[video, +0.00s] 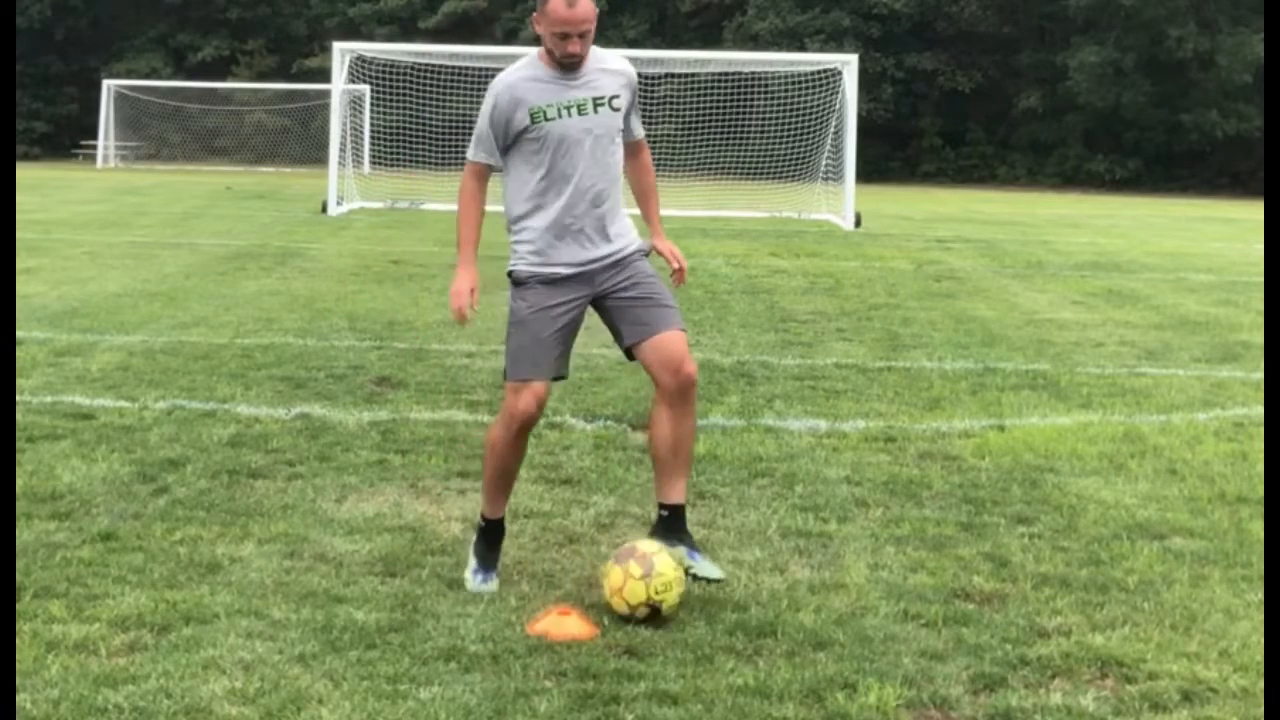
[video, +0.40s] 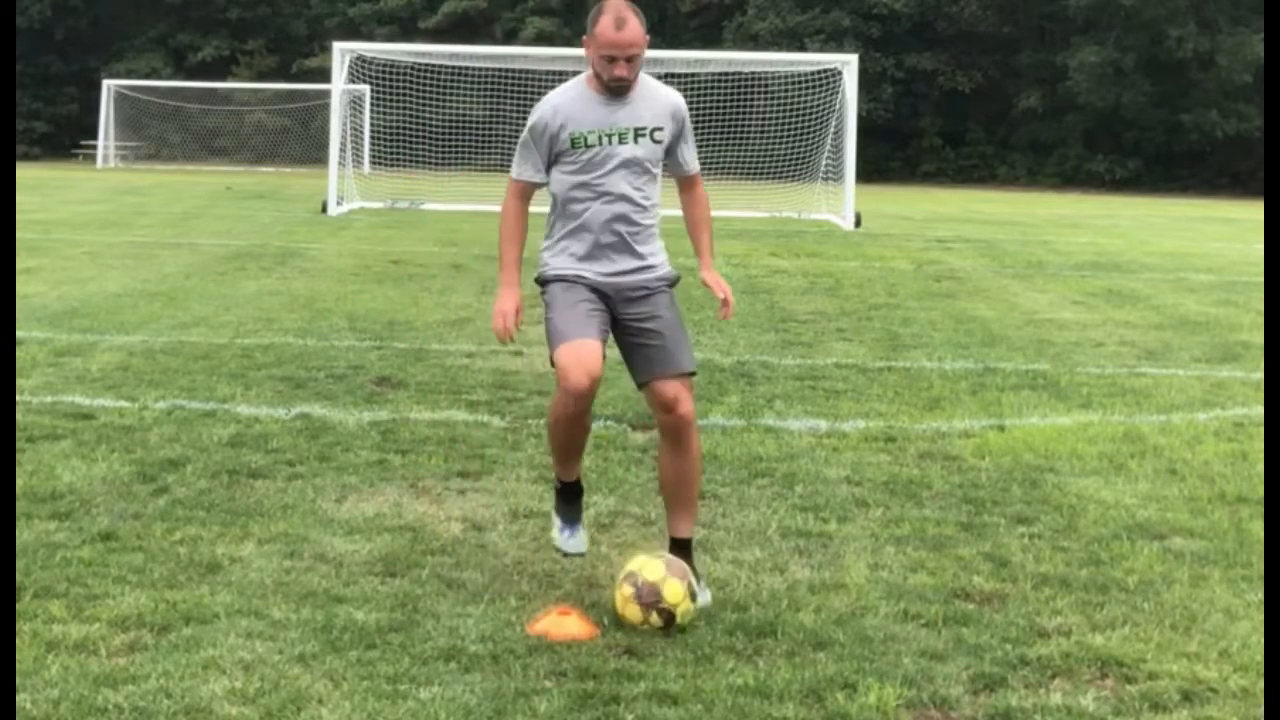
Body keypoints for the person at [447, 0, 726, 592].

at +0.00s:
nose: (574, 47)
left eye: (583, 35)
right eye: (562, 35)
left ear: (596, 23)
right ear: (537, 26)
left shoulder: (619, 76)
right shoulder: (510, 89)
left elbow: (635, 149)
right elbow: (474, 176)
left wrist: (655, 231)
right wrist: (466, 265)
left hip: (620, 258)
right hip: (544, 272)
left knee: (680, 375)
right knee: (524, 406)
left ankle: (671, 530)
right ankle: (489, 536)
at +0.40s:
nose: (622, 71)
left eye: (633, 58)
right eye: (611, 59)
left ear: (646, 49)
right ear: (587, 47)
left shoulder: (667, 105)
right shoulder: (553, 112)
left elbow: (691, 184)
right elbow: (517, 196)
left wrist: (706, 263)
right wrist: (508, 286)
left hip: (644, 275)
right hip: (572, 274)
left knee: (677, 408)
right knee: (578, 380)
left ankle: (681, 559)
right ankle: (568, 500)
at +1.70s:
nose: (663, 53)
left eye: (674, 41)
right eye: (651, 40)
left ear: (691, 29)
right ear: (630, 26)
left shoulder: (715, 87)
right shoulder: (596, 85)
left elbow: (742, 170)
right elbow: (565, 167)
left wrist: (742, 245)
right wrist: (550, 251)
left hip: (687, 261)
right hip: (616, 257)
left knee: (692, 399)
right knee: (647, 362)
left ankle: (693, 540)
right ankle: (662, 486)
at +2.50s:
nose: (646, 50)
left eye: (658, 39)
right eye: (636, 37)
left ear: (683, 27)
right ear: (624, 23)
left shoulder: (711, 89)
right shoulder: (597, 80)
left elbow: (744, 166)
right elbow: (566, 164)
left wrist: (733, 243)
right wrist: (538, 249)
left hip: (672, 271)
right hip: (593, 259)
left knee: (682, 409)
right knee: (563, 375)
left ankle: (691, 551)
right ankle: (580, 504)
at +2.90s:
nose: (619, 46)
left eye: (632, 36)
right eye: (612, 33)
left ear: (662, 25)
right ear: (603, 21)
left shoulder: (697, 85)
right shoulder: (580, 78)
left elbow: (728, 161)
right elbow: (555, 160)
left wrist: (711, 236)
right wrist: (524, 242)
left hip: (656, 260)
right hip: (577, 248)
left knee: (663, 401)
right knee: (513, 367)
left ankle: (657, 540)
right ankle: (497, 487)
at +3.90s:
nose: (527, 47)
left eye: (539, 36)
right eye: (518, 35)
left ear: (569, 22)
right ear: (509, 22)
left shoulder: (603, 86)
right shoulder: (499, 76)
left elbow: (645, 171)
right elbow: (496, 153)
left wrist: (624, 243)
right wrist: (470, 230)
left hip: (575, 256)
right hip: (502, 250)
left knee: (571, 389)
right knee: (454, 377)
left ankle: (618, 509)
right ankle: (444, 523)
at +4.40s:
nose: (470, 83)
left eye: (481, 70)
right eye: (459, 71)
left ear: (506, 58)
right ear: (447, 63)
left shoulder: (547, 114)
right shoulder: (442, 123)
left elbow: (593, 197)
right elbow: (430, 211)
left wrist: (596, 281)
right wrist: (404, 295)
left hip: (543, 267)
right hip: (473, 277)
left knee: (526, 353)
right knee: (430, 410)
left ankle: (531, 498)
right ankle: (446, 552)